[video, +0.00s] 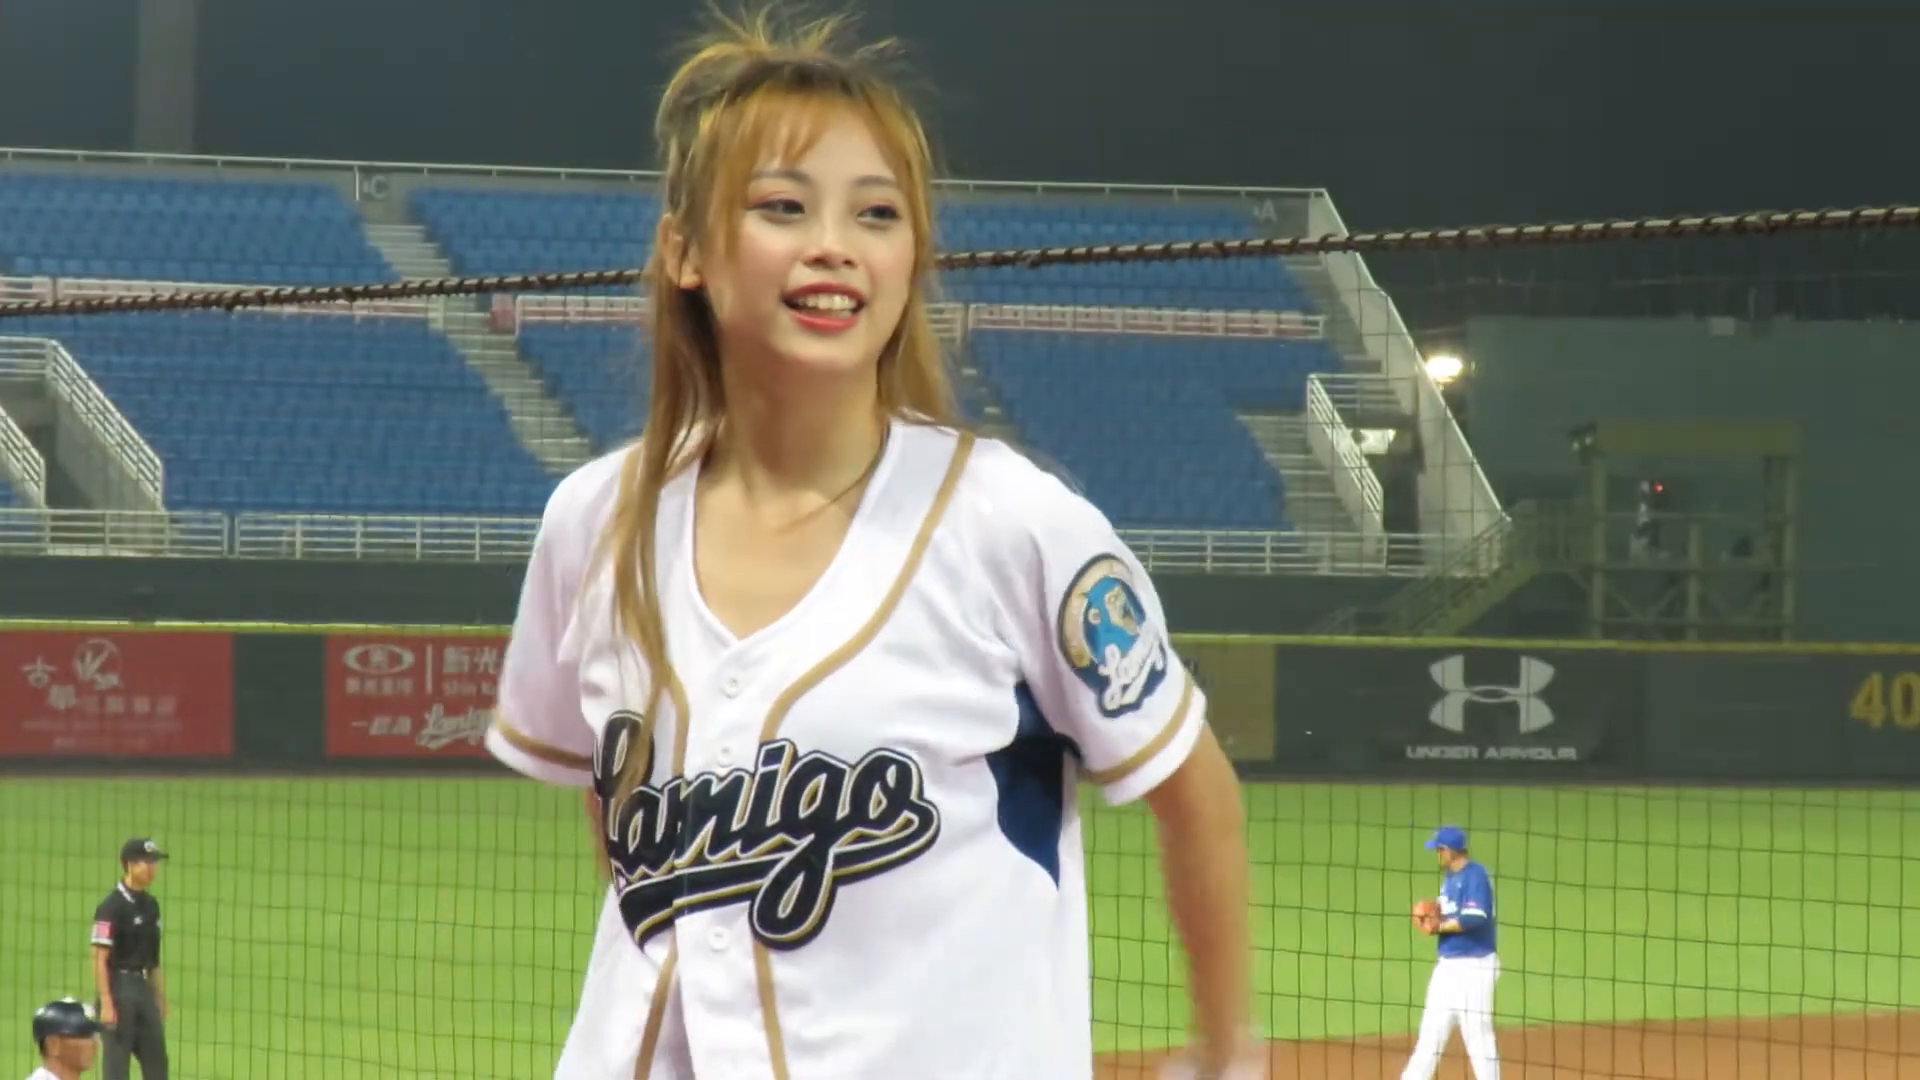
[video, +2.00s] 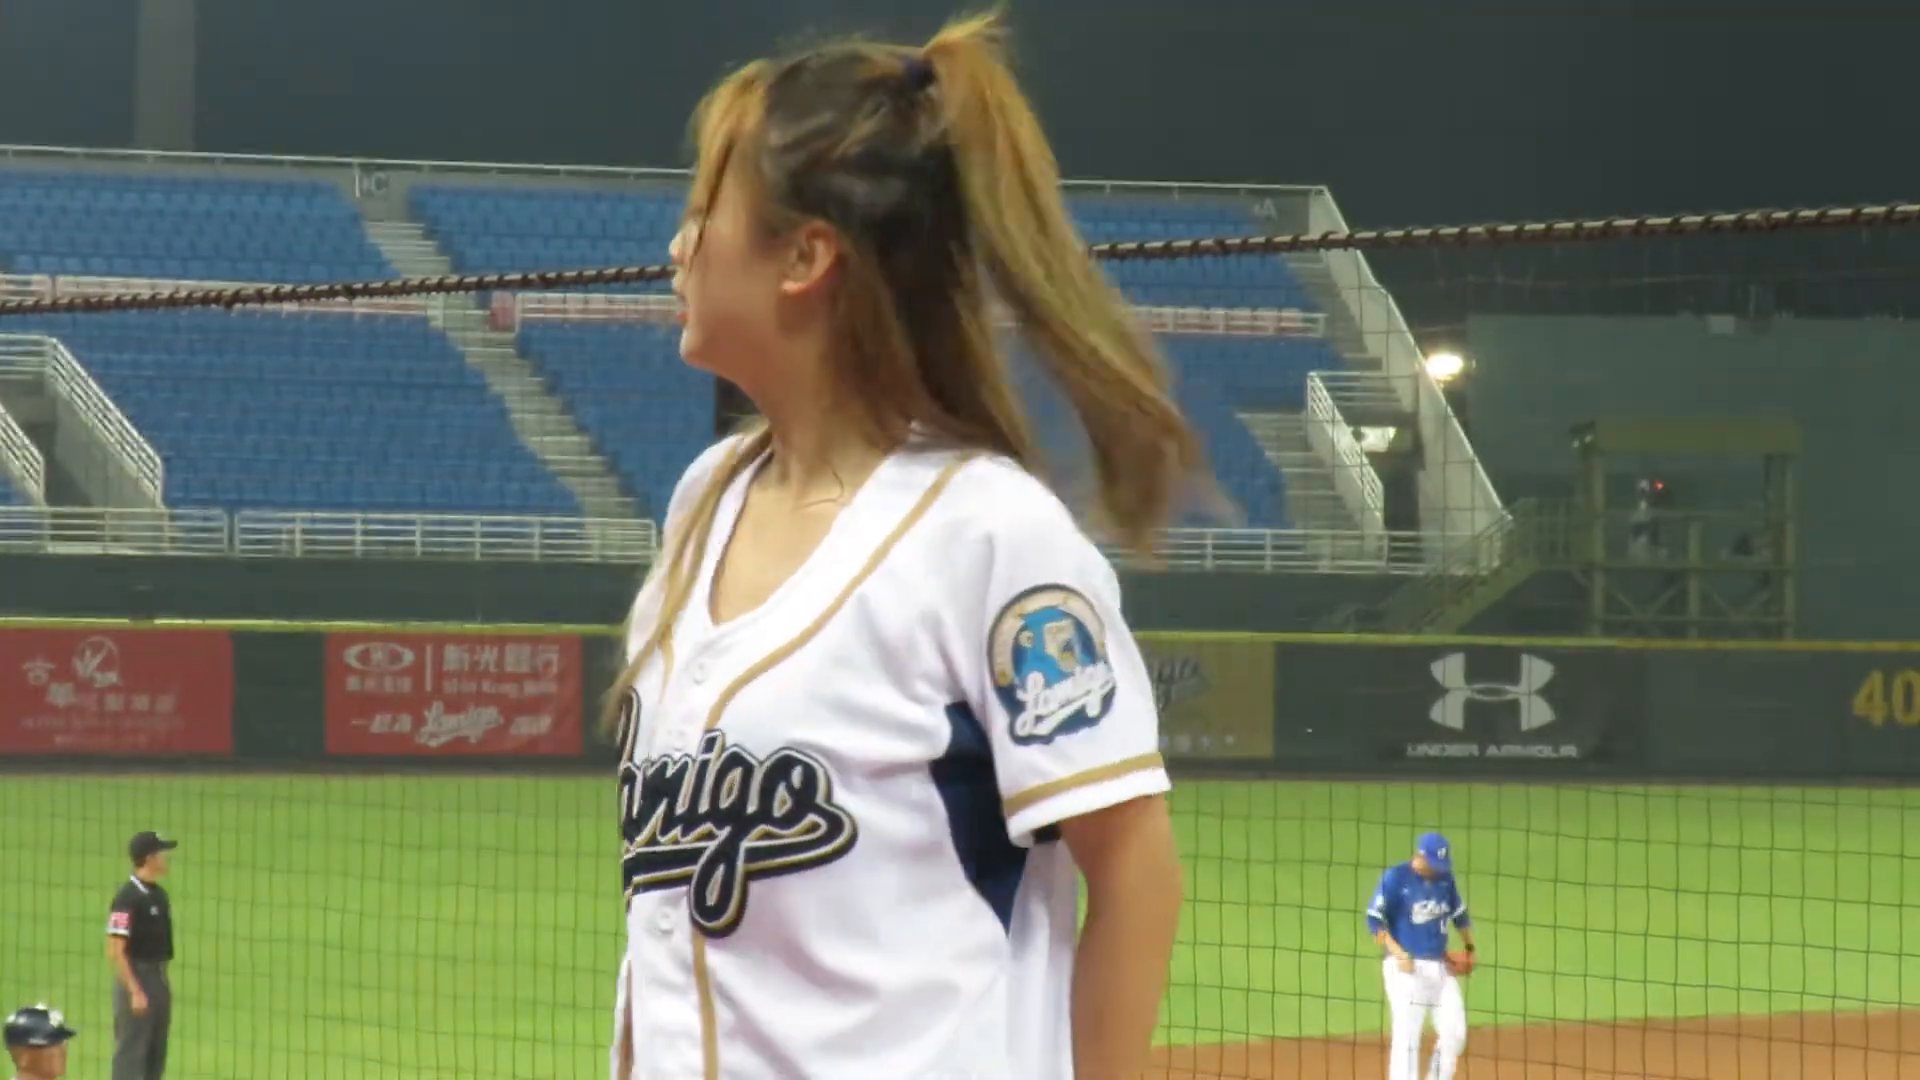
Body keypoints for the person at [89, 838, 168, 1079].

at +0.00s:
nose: (151, 869)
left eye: (154, 863)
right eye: (145, 863)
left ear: (156, 865)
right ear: (128, 865)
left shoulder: (151, 905)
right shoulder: (111, 906)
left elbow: (153, 959)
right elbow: (100, 958)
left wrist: (160, 997)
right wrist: (106, 1003)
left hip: (143, 977)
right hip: (118, 977)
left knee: (156, 1059)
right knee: (117, 1060)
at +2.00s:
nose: (165, 859)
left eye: (163, 854)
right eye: (160, 855)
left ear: (150, 859)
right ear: (147, 859)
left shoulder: (158, 894)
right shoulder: (128, 896)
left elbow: (154, 943)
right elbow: (116, 950)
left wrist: (161, 981)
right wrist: (135, 990)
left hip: (157, 968)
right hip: (136, 969)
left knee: (156, 1045)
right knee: (134, 1047)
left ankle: (152, 1074)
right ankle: (130, 1074)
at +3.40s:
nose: (139, 862)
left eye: (142, 857)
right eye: (134, 856)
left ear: (146, 860)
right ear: (119, 857)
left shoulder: (144, 899)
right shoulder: (101, 898)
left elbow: (148, 947)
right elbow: (88, 948)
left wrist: (163, 986)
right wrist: (96, 992)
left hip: (133, 972)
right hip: (107, 971)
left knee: (138, 1055)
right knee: (97, 1053)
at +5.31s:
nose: (116, 866)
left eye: (118, 860)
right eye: (109, 860)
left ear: (121, 862)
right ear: (94, 861)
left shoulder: (120, 901)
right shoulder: (78, 903)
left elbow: (122, 952)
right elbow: (65, 954)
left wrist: (129, 990)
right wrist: (72, 999)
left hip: (113, 973)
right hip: (87, 973)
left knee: (125, 1054)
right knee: (83, 1053)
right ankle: (81, 1074)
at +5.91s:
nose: (116, 865)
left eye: (118, 859)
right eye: (110, 859)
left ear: (119, 862)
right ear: (94, 861)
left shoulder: (119, 901)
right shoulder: (77, 904)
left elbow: (121, 952)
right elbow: (65, 954)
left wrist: (129, 992)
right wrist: (72, 1000)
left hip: (113, 973)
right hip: (86, 972)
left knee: (125, 1051)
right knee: (84, 1052)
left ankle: (127, 1076)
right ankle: (82, 1074)